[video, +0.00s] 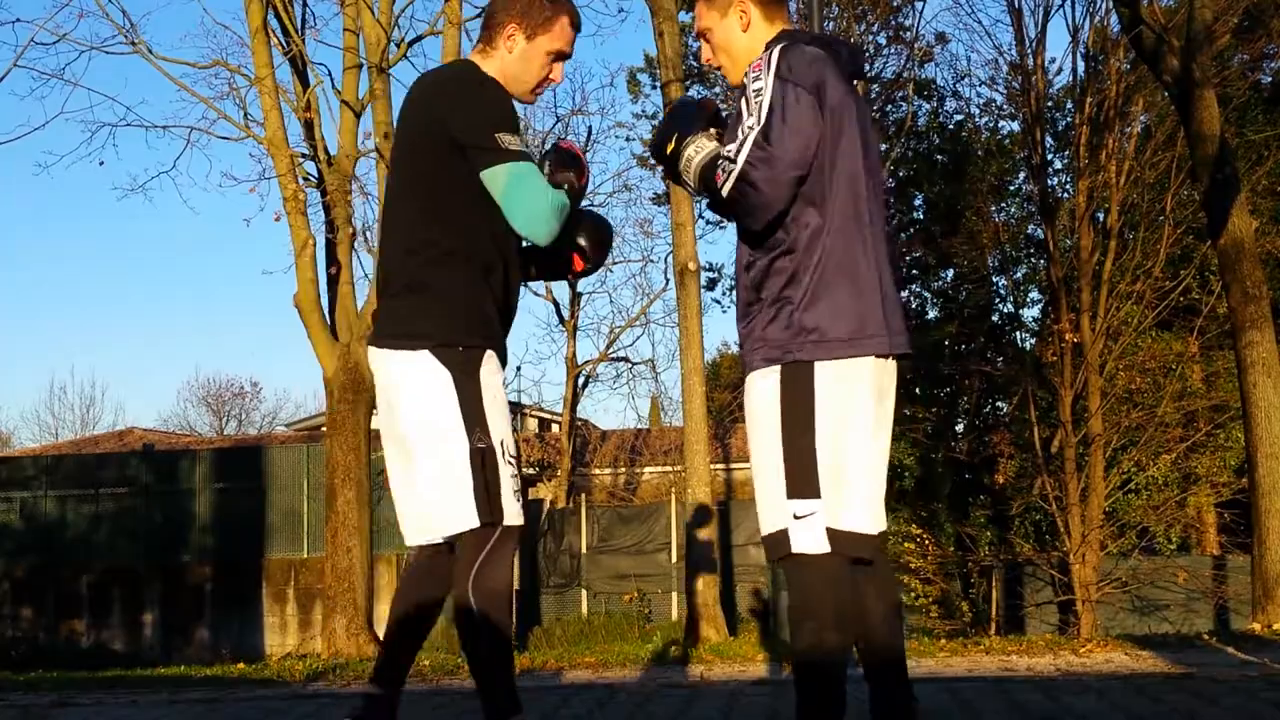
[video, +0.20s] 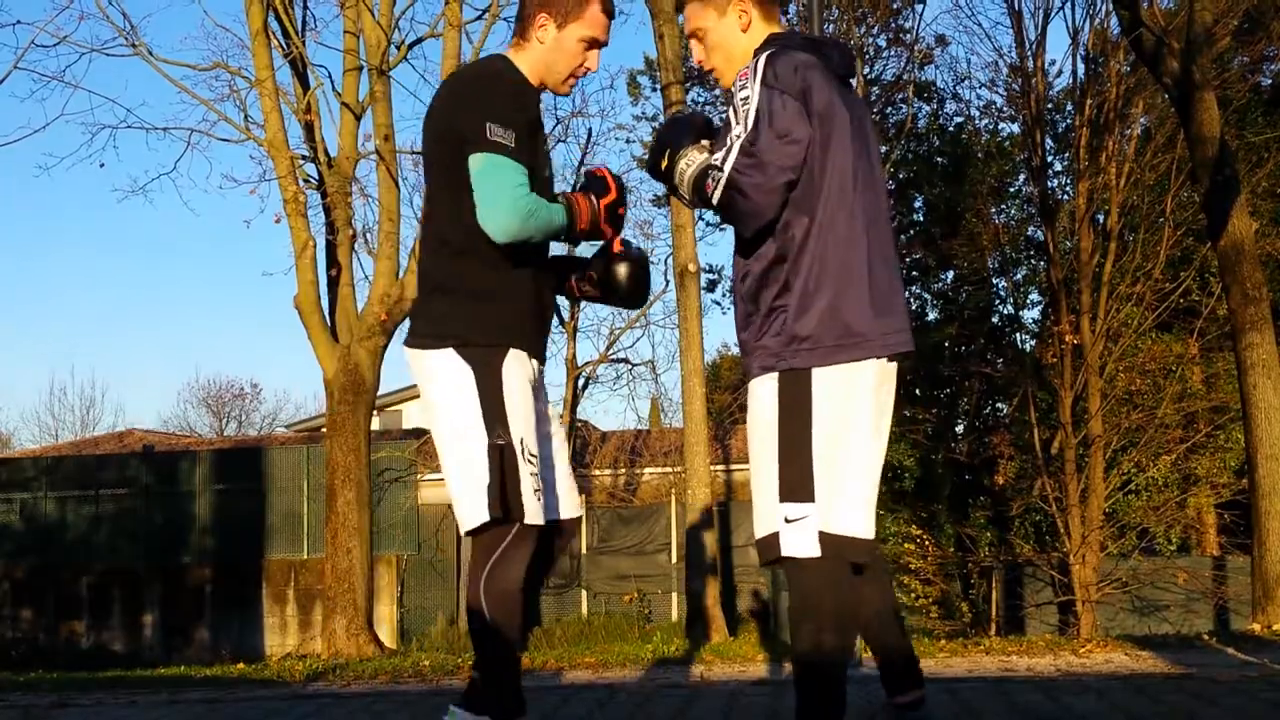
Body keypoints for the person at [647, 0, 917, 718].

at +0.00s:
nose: (702, 53)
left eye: (705, 34)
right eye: (699, 39)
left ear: (746, 17)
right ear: (756, 18)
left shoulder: (786, 72)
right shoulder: (826, 75)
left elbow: (754, 195)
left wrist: (694, 148)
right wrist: (713, 139)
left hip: (806, 335)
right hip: (858, 328)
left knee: (801, 538)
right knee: (854, 537)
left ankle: (818, 716)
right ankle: (894, 709)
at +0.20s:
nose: (695, 58)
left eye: (699, 36)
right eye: (690, 41)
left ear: (745, 17)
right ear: (755, 19)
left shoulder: (776, 74)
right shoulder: (823, 75)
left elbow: (750, 197)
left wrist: (692, 165)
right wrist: (709, 155)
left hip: (808, 335)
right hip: (858, 329)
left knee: (800, 535)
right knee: (842, 529)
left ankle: (818, 712)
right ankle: (905, 687)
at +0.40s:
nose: (768, 31)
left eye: (782, 12)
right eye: (754, 21)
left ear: (819, 6)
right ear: (745, 25)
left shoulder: (843, 69)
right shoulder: (790, 93)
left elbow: (784, 193)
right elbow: (758, 208)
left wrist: (729, 138)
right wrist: (711, 165)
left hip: (831, 336)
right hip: (838, 335)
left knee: (813, 536)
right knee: (858, 529)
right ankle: (957, 691)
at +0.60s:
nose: (830, 50)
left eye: (843, 30)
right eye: (815, 37)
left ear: (876, 24)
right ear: (800, 41)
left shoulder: (913, 97)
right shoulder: (814, 118)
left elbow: (903, 209)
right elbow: (802, 245)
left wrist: (794, 158)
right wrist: (751, 174)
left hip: (883, 351)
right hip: (846, 354)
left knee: (845, 543)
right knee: (910, 539)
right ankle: (981, 704)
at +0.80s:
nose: (873, 52)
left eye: (886, 34)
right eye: (859, 40)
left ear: (920, 26)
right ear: (847, 43)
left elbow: (969, 202)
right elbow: (851, 247)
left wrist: (856, 161)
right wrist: (809, 181)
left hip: (936, 336)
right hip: (882, 341)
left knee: (869, 508)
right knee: (940, 523)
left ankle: (912, 711)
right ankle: (986, 707)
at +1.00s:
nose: (910, 39)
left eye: (924, 22)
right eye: (897, 28)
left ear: (960, 17)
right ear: (888, 33)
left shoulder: (990, 77)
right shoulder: (923, 112)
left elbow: (991, 185)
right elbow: (893, 225)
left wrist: (884, 157)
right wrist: (838, 173)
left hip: (971, 334)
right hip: (932, 338)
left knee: (944, 518)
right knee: (965, 524)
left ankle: (1088, 695)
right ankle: (988, 707)